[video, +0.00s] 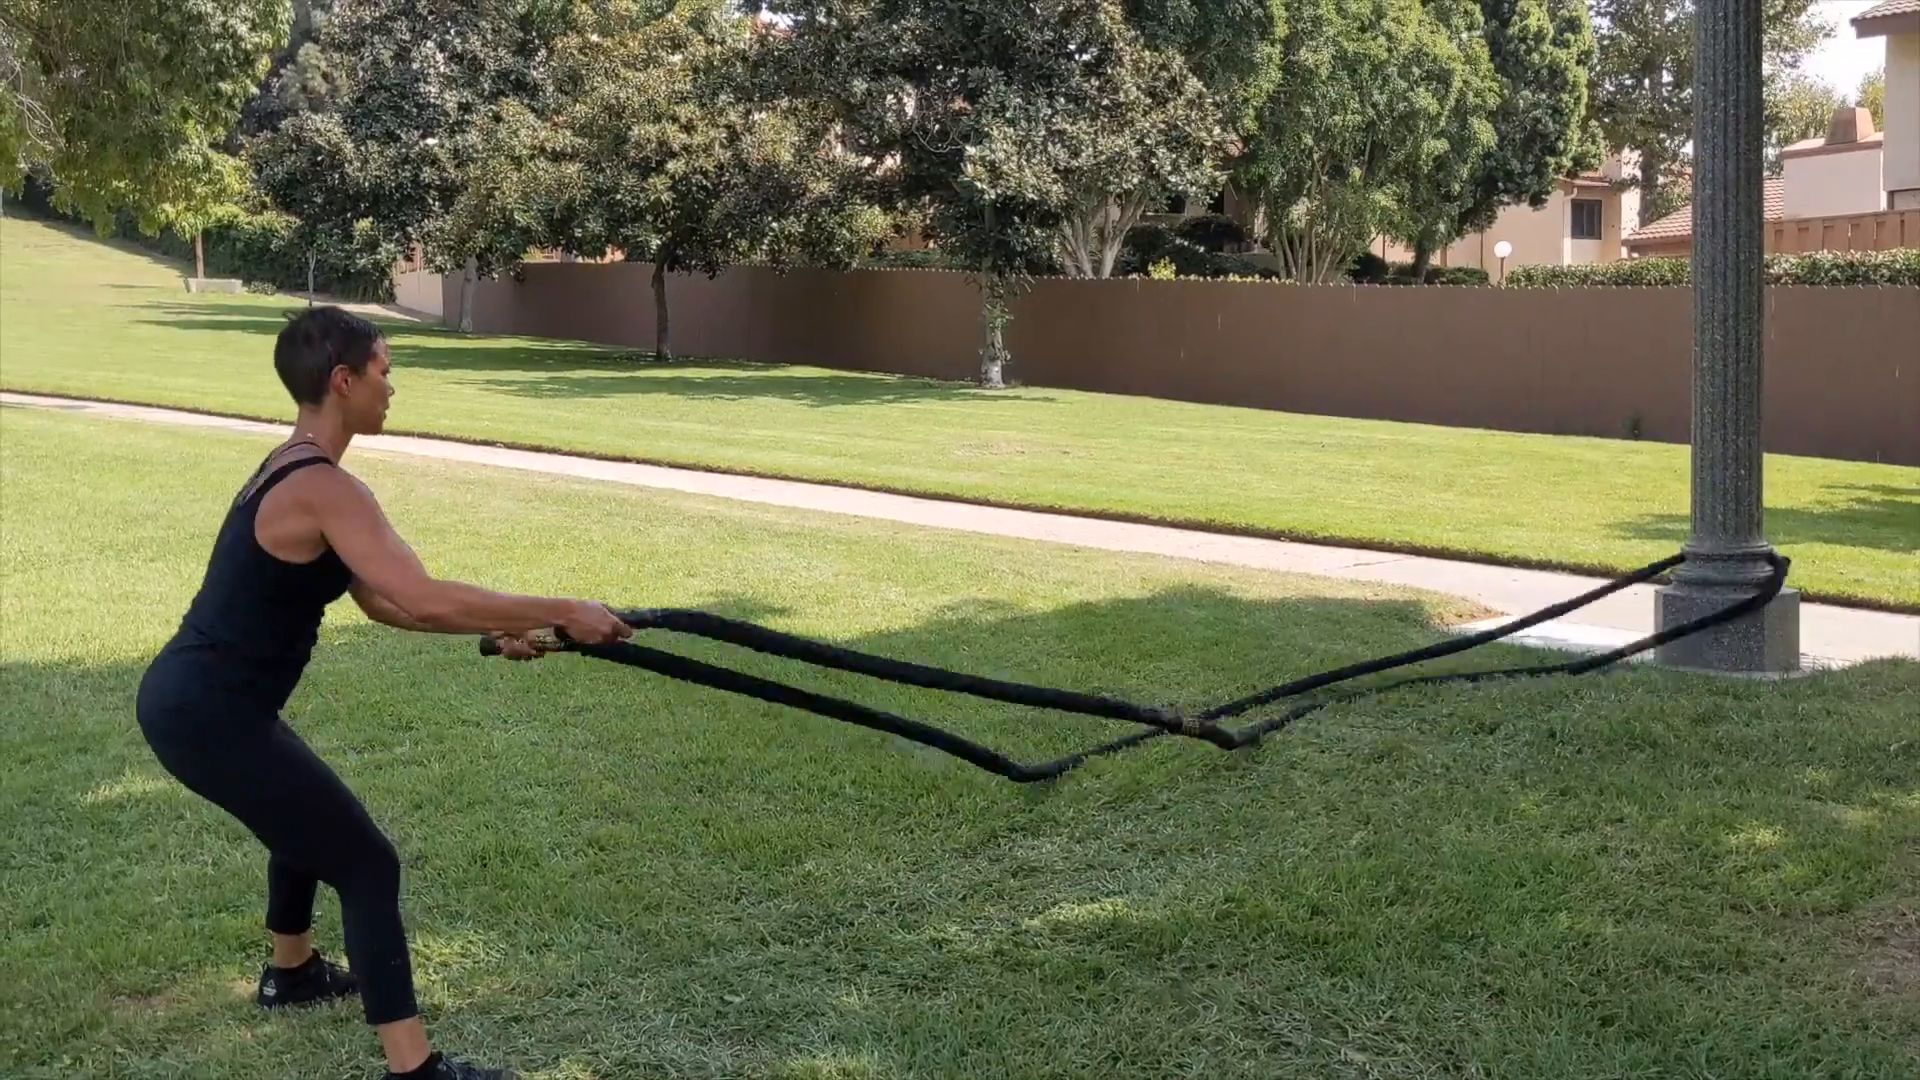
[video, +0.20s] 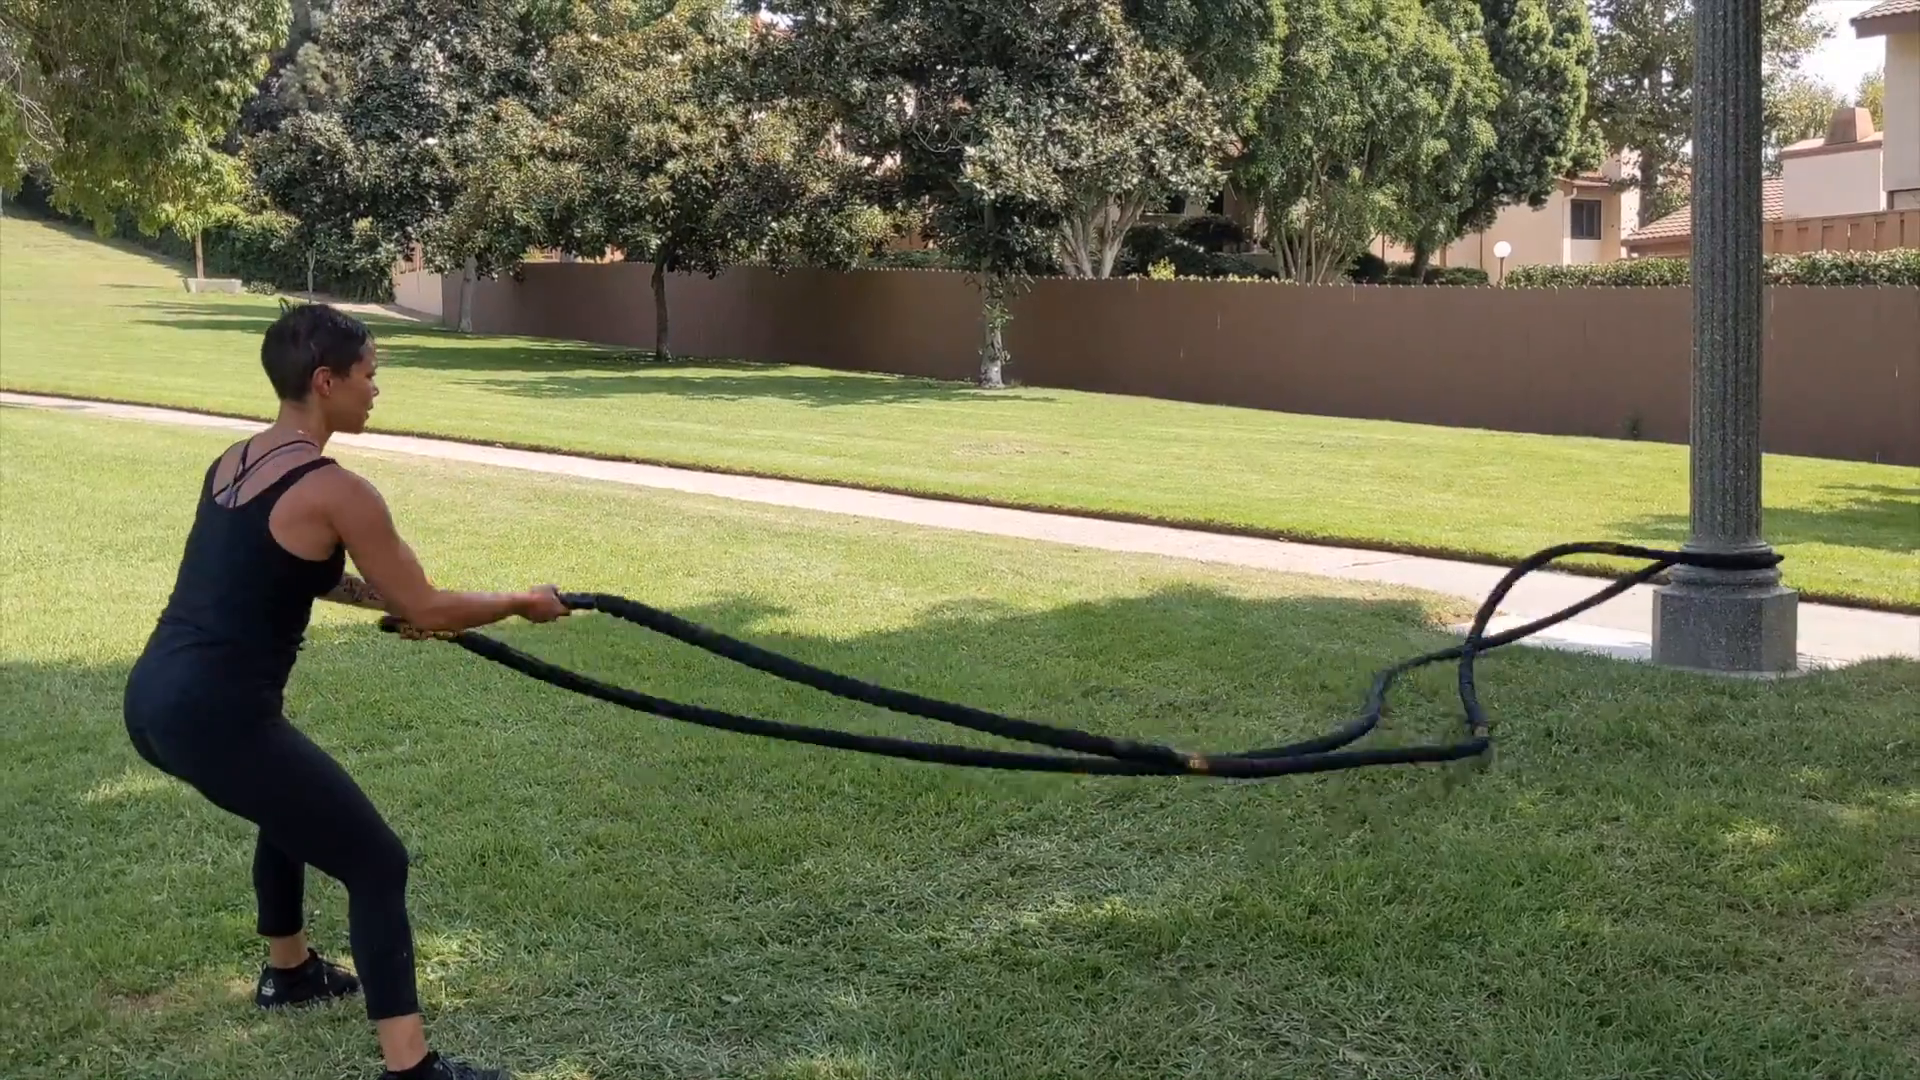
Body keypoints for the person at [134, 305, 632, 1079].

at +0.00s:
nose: (392, 385)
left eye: (390, 370)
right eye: (383, 371)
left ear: (325, 384)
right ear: (339, 381)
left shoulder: (290, 470)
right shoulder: (330, 489)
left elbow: (387, 606)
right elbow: (420, 598)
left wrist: (492, 624)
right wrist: (562, 612)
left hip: (182, 696)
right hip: (212, 714)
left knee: (305, 819)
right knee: (367, 863)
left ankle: (291, 969)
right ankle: (413, 1062)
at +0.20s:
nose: (376, 385)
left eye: (375, 370)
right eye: (367, 371)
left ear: (304, 381)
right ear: (324, 380)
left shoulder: (238, 458)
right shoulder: (340, 493)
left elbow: (289, 567)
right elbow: (423, 606)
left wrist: (388, 603)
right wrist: (519, 602)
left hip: (154, 702)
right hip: (217, 719)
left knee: (294, 795)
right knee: (378, 861)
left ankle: (290, 968)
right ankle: (408, 1060)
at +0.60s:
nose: (379, 395)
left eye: (376, 379)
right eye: (370, 380)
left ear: (314, 389)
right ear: (329, 387)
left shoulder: (272, 478)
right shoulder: (320, 488)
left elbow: (354, 619)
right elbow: (411, 614)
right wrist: (528, 644)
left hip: (172, 711)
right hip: (203, 727)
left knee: (302, 818)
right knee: (370, 866)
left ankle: (285, 969)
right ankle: (409, 1063)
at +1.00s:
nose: (366, 394)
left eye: (364, 378)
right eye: (357, 379)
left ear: (293, 387)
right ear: (312, 385)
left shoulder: (233, 463)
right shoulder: (314, 491)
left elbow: (273, 571)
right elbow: (408, 613)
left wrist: (369, 586)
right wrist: (534, 636)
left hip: (148, 708)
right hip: (211, 719)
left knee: (295, 800)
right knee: (370, 865)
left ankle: (287, 969)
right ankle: (407, 1063)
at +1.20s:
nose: (361, 398)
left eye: (360, 383)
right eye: (353, 384)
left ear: (279, 389)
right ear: (311, 389)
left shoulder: (206, 457)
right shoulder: (340, 494)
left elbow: (202, 567)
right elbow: (385, 608)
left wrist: (283, 585)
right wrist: (415, 620)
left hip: (142, 715)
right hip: (220, 727)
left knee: (287, 794)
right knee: (384, 862)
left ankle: (283, 967)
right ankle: (400, 1060)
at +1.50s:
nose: (409, 407)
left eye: (406, 392)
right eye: (400, 393)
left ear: (333, 406)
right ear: (359, 404)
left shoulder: (263, 476)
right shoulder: (369, 515)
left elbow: (234, 590)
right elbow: (424, 654)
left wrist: (304, 642)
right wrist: (450, 660)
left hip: (144, 708)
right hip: (203, 728)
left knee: (280, 808)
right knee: (371, 864)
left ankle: (273, 968)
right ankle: (394, 1061)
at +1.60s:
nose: (410, 412)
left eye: (409, 396)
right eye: (402, 396)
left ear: (340, 404)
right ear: (360, 402)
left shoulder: (276, 478)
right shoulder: (347, 511)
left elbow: (308, 611)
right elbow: (422, 642)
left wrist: (401, 663)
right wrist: (503, 651)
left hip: (148, 705)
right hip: (189, 729)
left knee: (283, 814)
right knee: (358, 863)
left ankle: (270, 967)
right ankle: (391, 1062)